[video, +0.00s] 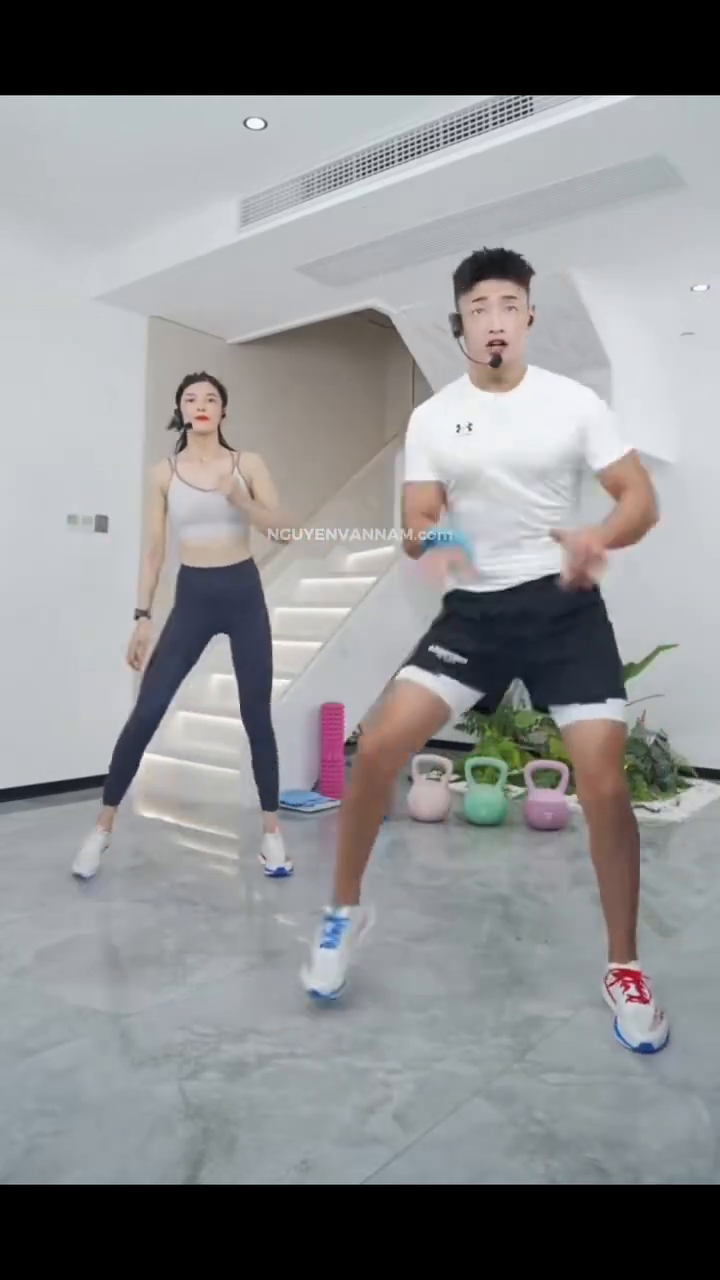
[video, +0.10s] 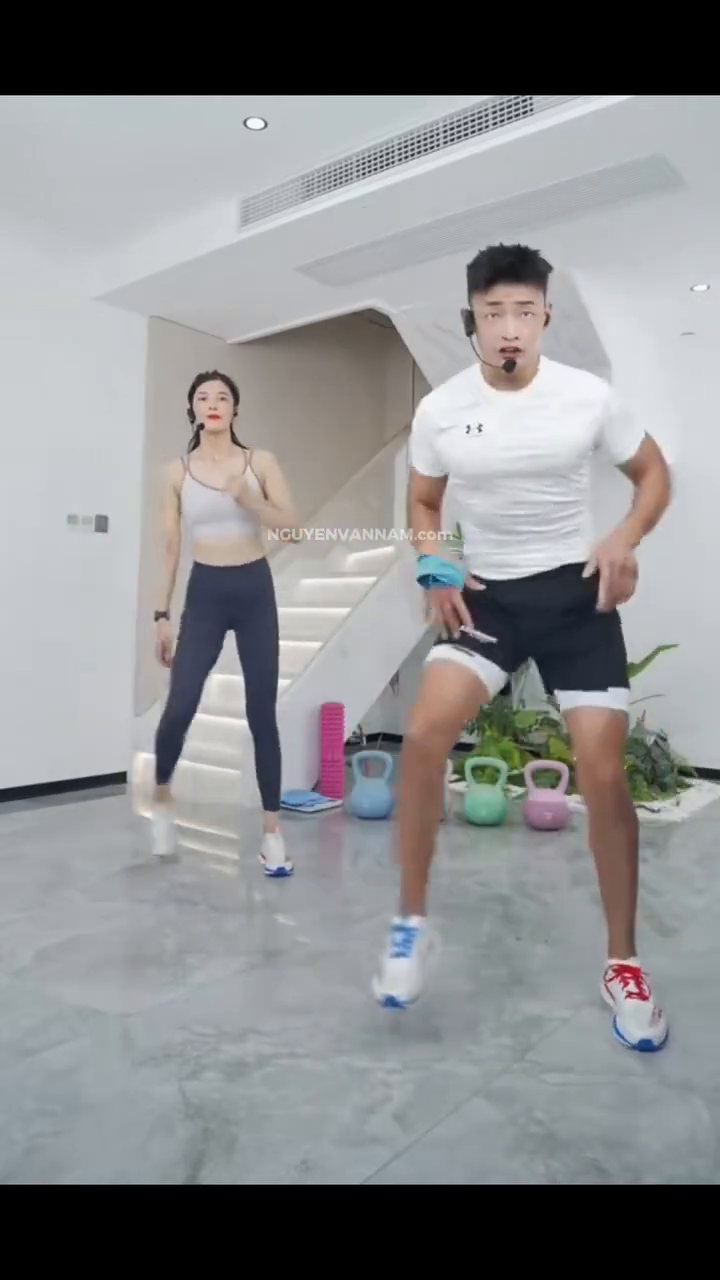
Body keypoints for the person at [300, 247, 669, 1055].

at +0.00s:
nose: (495, 321)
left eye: (509, 306)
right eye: (480, 309)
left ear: (531, 319)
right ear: (459, 325)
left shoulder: (573, 404)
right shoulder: (432, 418)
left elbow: (642, 499)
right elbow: (418, 521)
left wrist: (603, 538)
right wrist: (430, 545)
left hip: (565, 609)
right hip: (473, 613)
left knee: (603, 785)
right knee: (375, 746)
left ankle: (624, 968)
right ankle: (343, 909)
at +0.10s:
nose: (509, 329)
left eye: (523, 313)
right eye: (493, 315)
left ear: (546, 319)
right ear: (472, 323)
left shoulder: (591, 399)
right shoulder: (440, 411)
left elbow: (655, 477)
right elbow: (423, 508)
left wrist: (624, 538)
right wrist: (434, 566)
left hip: (578, 602)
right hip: (482, 603)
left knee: (603, 774)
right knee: (424, 735)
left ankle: (623, 964)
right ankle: (410, 921)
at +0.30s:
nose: (537, 369)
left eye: (553, 354)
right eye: (522, 352)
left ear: (571, 356)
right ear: (496, 352)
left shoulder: (600, 432)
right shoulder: (452, 433)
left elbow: (661, 489)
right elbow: (426, 512)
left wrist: (657, 546)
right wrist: (419, 564)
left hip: (582, 629)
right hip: (491, 634)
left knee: (610, 801)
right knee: (465, 783)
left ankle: (626, 970)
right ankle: (523, 970)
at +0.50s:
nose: (491, 328)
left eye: (506, 313)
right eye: (477, 314)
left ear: (528, 321)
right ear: (459, 322)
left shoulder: (562, 403)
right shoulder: (426, 409)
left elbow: (612, 506)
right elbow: (393, 514)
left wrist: (552, 514)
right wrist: (434, 489)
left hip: (535, 609)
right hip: (445, 606)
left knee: (581, 782)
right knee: (367, 739)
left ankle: (620, 966)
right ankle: (359, 901)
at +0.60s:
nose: (458, 331)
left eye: (471, 317)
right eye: (445, 318)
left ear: (495, 324)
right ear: (427, 330)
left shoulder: (528, 404)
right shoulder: (403, 412)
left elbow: (561, 502)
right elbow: (376, 511)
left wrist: (464, 480)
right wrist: (448, 453)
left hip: (504, 608)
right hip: (416, 607)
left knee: (556, 786)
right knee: (344, 771)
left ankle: (618, 967)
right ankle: (313, 903)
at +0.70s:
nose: (428, 351)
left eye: (442, 336)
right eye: (415, 337)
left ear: (462, 346)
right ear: (397, 346)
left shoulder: (487, 426)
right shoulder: (366, 425)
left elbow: (517, 510)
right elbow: (354, 517)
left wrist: (425, 479)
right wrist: (431, 464)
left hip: (465, 623)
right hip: (381, 622)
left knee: (529, 792)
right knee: (331, 793)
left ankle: (610, 966)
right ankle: (309, 912)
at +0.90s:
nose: (397, 330)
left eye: (412, 318)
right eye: (386, 317)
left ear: (433, 326)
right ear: (369, 322)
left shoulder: (453, 410)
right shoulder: (327, 398)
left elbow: (494, 507)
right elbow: (279, 484)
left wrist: (442, 556)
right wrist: (310, 510)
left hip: (424, 585)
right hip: (345, 587)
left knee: (461, 719)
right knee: (317, 750)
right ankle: (308, 909)